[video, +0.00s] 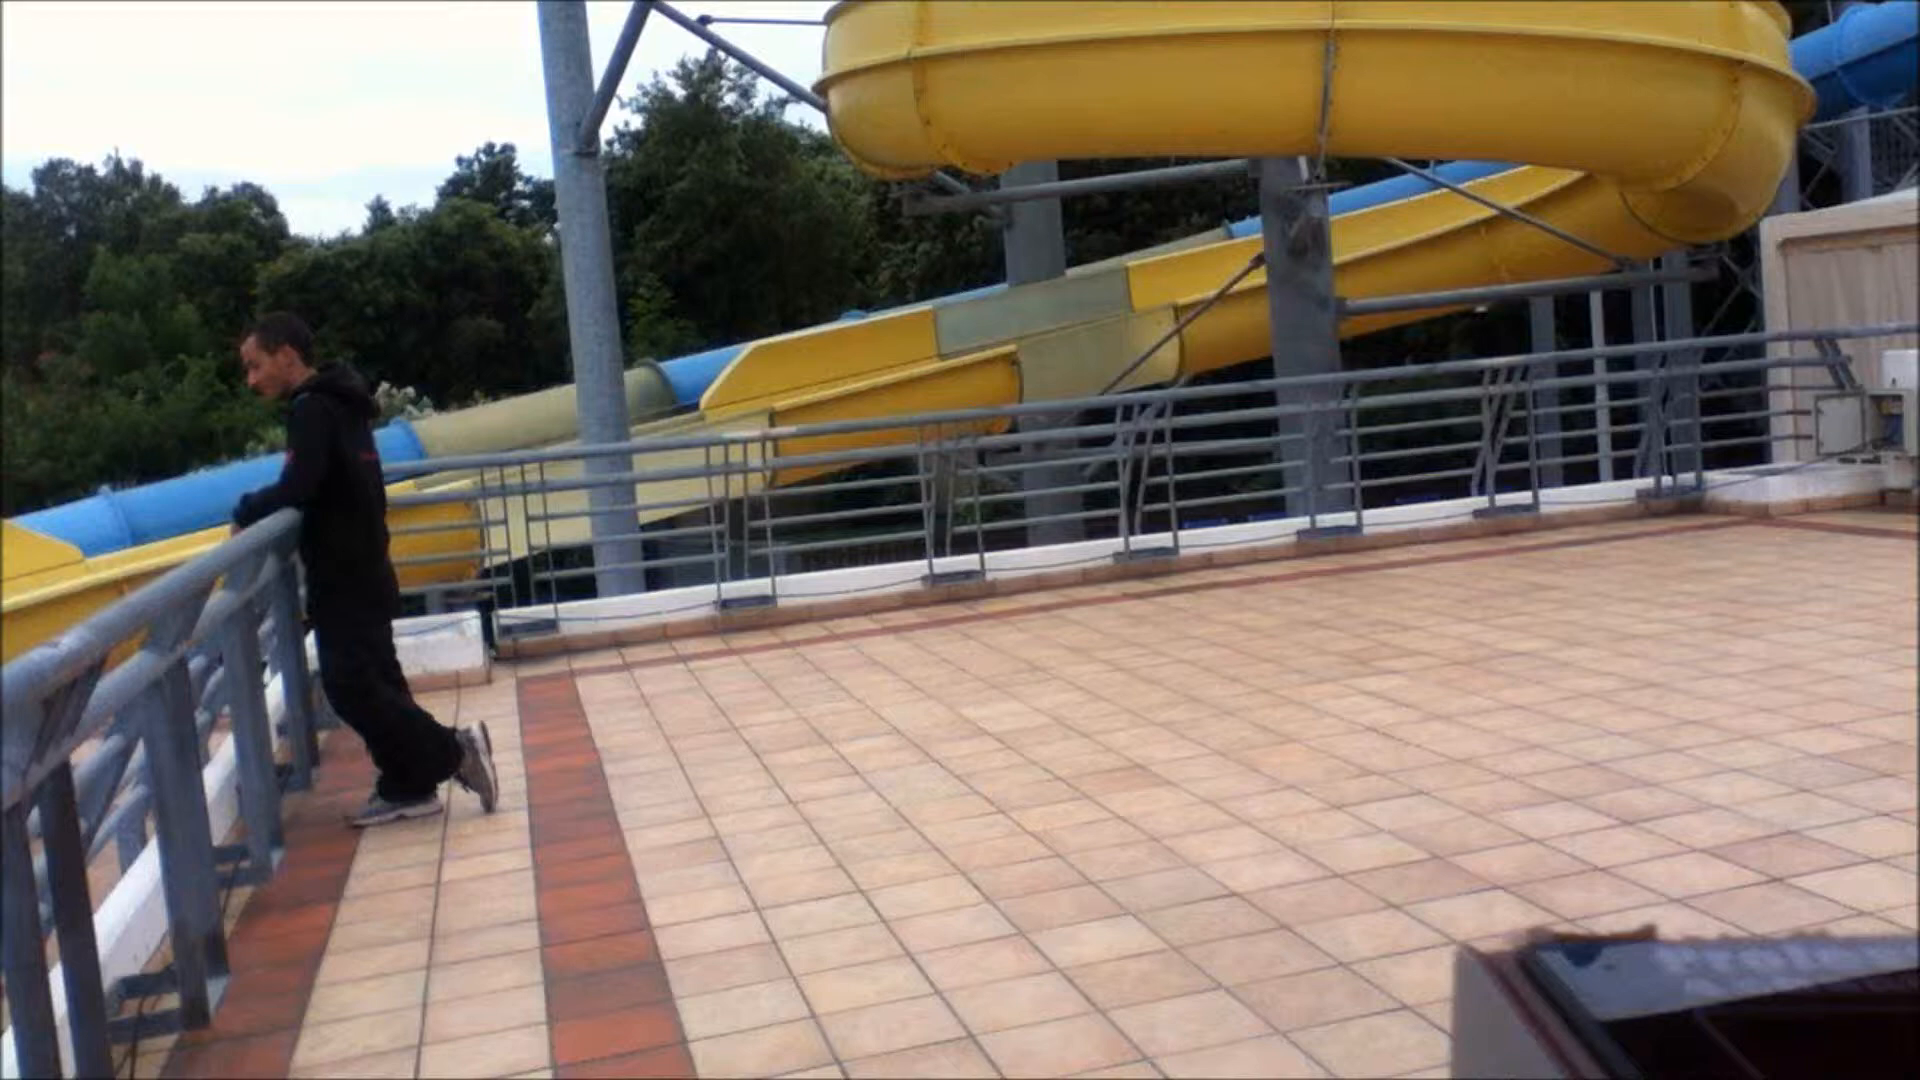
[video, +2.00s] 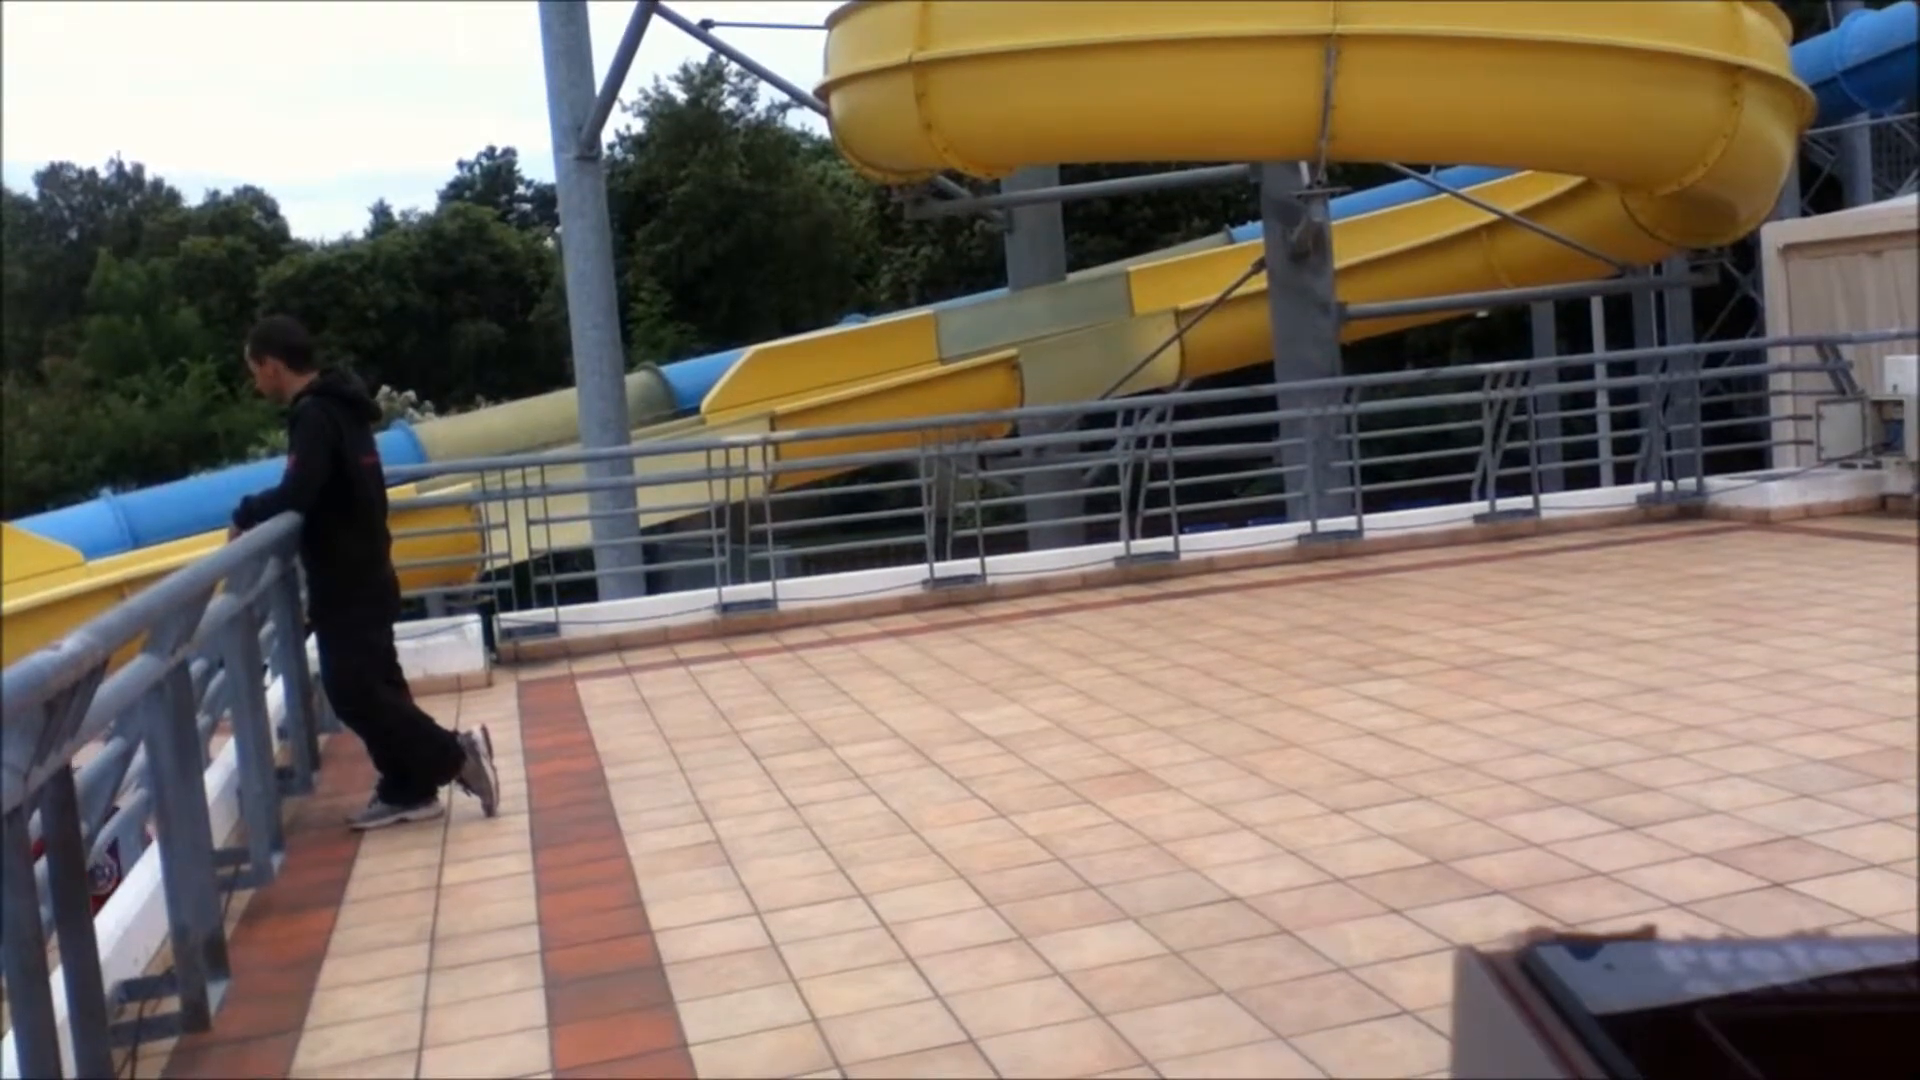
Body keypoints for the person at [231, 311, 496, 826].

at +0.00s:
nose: (250, 380)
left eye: (254, 366)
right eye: (247, 369)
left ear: (288, 357)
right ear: (292, 361)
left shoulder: (312, 410)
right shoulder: (337, 399)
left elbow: (303, 487)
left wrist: (246, 510)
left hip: (343, 575)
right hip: (363, 570)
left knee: (348, 689)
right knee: (376, 677)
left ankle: (453, 752)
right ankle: (406, 790)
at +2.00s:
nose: (255, 381)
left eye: (256, 370)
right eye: (253, 371)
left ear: (276, 365)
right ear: (298, 360)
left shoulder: (314, 414)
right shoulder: (338, 404)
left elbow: (300, 494)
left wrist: (245, 513)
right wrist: (263, 514)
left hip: (345, 579)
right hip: (365, 574)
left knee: (350, 694)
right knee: (377, 682)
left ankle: (453, 754)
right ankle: (406, 791)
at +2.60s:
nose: (251, 391)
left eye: (255, 377)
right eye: (247, 381)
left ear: (290, 366)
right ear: (289, 371)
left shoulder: (317, 420)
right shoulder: (337, 409)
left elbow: (301, 502)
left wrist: (221, 511)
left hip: (350, 586)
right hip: (365, 579)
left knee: (354, 699)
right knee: (379, 687)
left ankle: (457, 763)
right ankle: (408, 798)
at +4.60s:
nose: (260, 396)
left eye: (262, 382)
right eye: (255, 386)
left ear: (291, 368)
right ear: (296, 372)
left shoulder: (321, 421)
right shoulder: (341, 412)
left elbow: (308, 500)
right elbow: (324, 498)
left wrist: (255, 515)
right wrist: (271, 514)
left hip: (345, 588)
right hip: (363, 582)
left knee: (350, 700)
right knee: (377, 688)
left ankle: (454, 763)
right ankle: (407, 800)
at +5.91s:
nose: (254, 392)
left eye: (255, 378)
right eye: (249, 382)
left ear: (285, 363)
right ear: (290, 367)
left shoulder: (320, 416)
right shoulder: (335, 407)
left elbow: (308, 494)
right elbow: (324, 493)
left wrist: (256, 508)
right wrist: (272, 506)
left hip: (346, 583)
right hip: (360, 578)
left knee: (349, 695)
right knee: (374, 684)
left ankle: (452, 757)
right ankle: (405, 793)